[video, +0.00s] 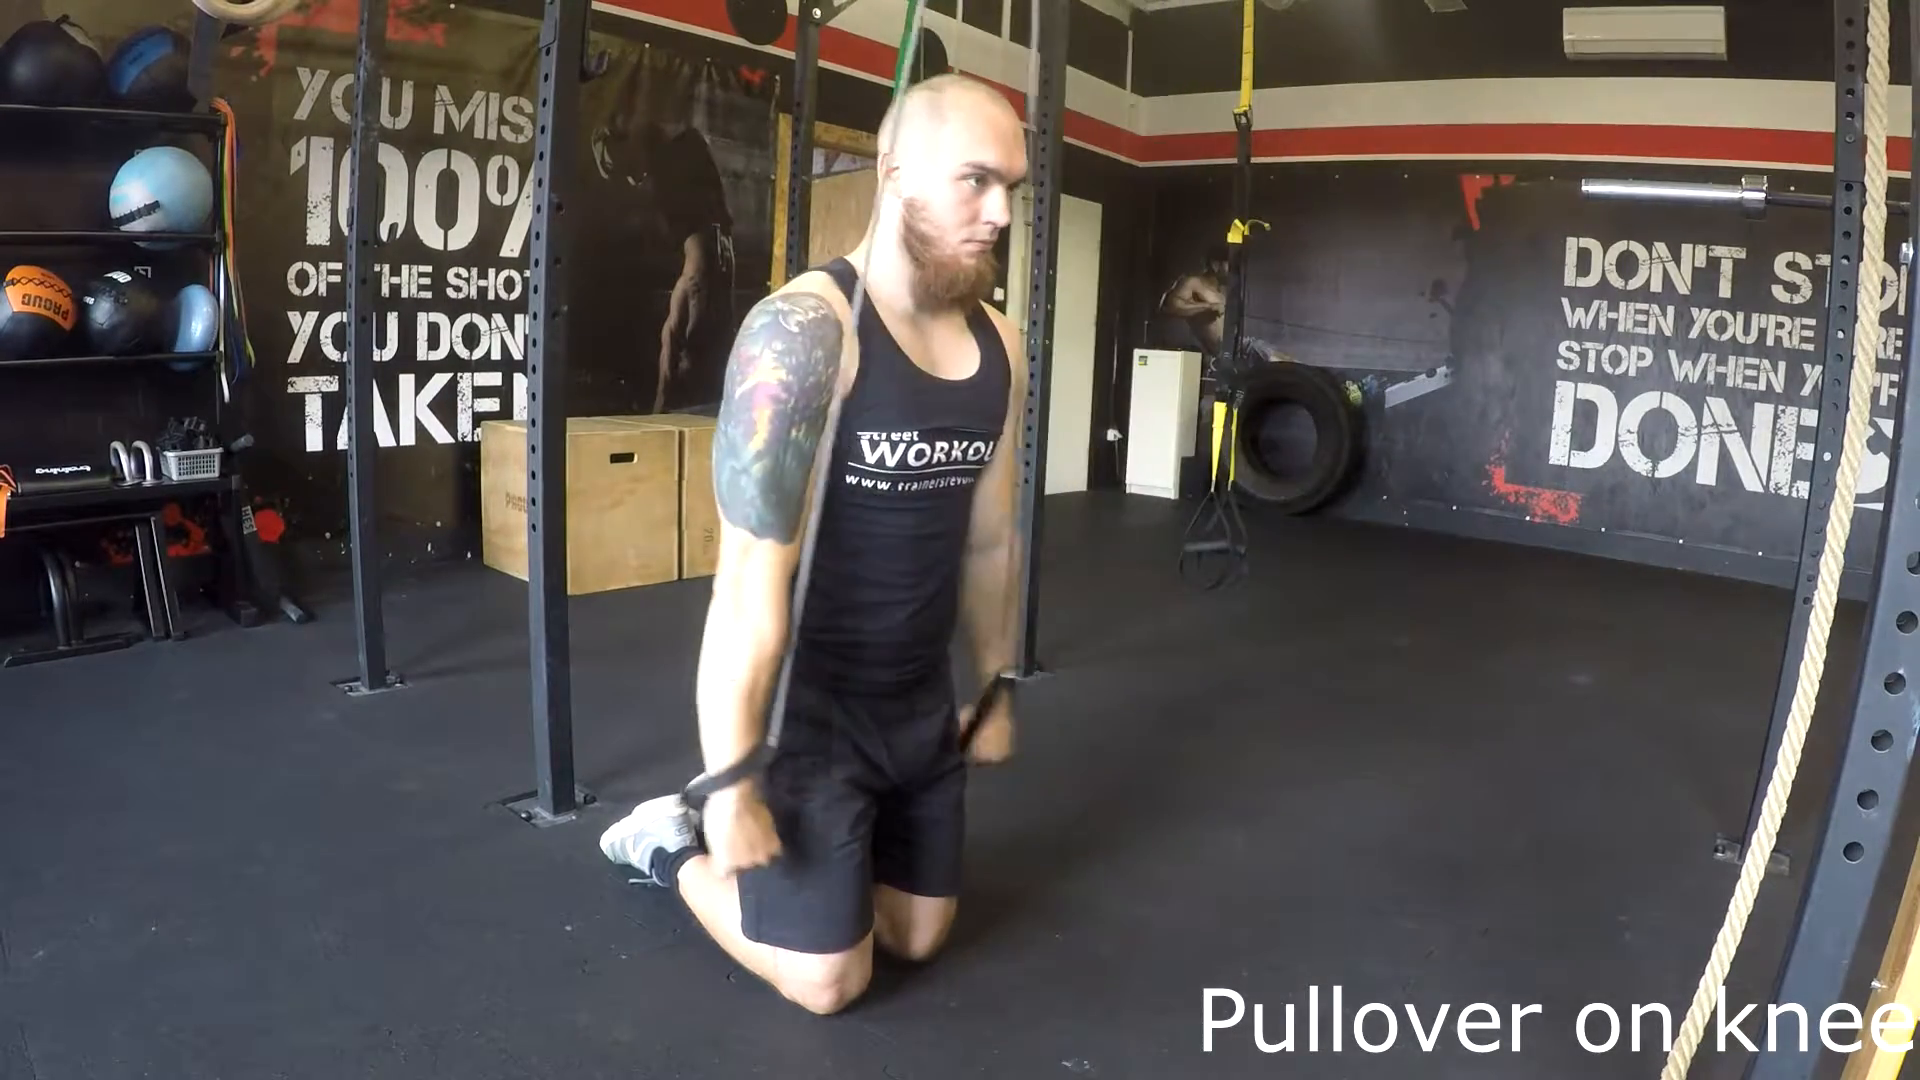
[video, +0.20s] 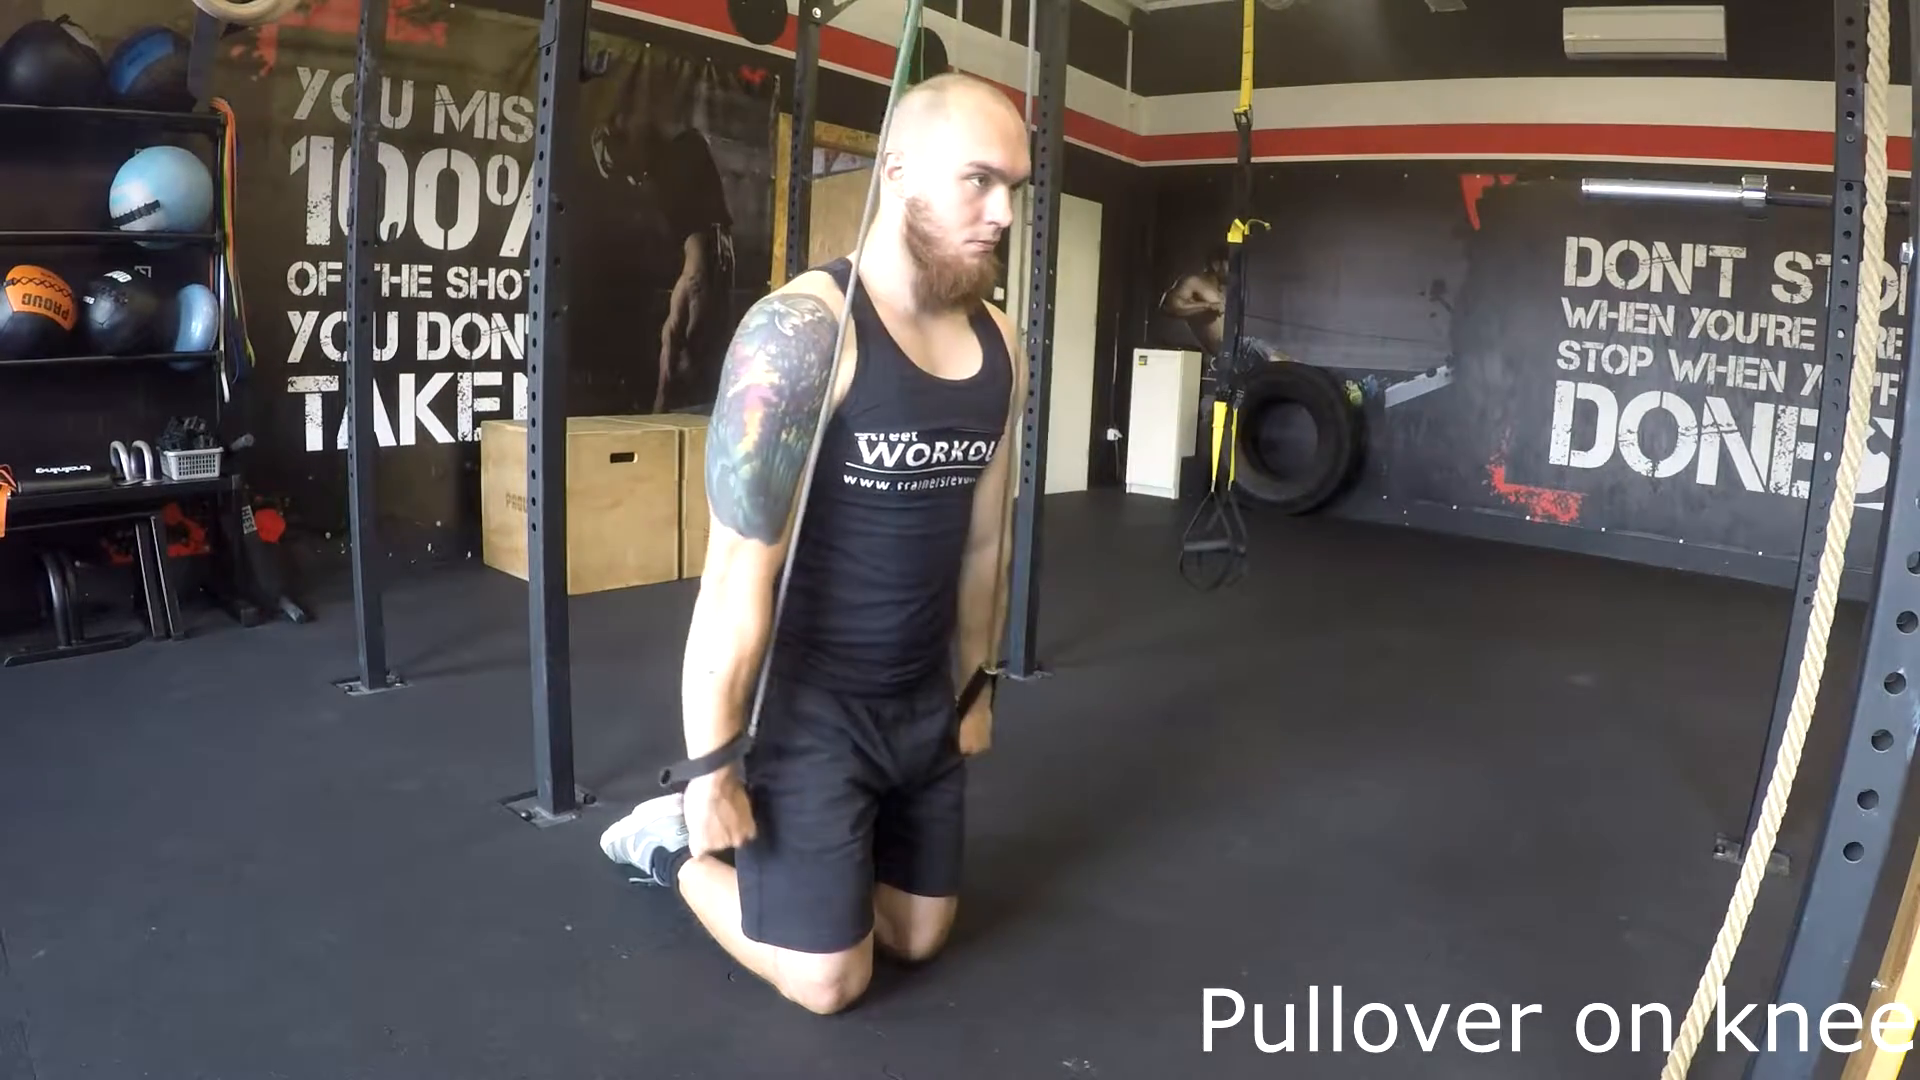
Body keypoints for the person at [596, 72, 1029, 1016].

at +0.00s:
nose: (1000, 213)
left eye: (1011, 187)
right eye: (976, 182)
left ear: (1016, 195)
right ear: (896, 177)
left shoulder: (997, 343)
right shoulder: (801, 332)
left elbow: (993, 538)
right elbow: (752, 578)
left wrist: (997, 682)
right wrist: (730, 779)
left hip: (923, 699)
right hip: (807, 707)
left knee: (916, 934)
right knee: (827, 982)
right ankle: (677, 844)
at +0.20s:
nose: (1002, 213)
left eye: (1013, 188)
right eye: (979, 183)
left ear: (1018, 196)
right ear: (897, 177)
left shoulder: (994, 341)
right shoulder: (798, 332)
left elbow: (984, 537)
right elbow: (741, 571)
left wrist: (976, 680)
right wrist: (713, 768)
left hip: (924, 697)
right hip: (805, 702)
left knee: (916, 932)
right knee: (826, 981)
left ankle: (769, 830)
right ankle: (680, 841)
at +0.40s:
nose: (1002, 211)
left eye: (1011, 184)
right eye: (978, 180)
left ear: (1016, 192)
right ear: (897, 178)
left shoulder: (1000, 341)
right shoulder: (800, 332)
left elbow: (1007, 535)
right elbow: (742, 579)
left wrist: (1022, 682)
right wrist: (716, 783)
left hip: (919, 699)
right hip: (799, 705)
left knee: (915, 932)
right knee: (826, 979)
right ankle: (678, 841)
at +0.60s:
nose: (996, 207)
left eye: (1006, 181)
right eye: (972, 176)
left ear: (1010, 189)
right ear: (893, 176)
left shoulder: (1000, 335)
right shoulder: (801, 325)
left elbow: (1063, 516)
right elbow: (759, 567)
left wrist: (1131, 663)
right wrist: (766, 782)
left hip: (918, 697)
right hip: (808, 705)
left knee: (913, 933)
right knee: (824, 981)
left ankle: (744, 816)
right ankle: (671, 847)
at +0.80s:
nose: (985, 203)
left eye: (993, 178)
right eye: (959, 173)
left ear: (999, 184)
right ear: (880, 176)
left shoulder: (990, 322)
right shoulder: (796, 310)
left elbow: (1119, 463)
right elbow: (868, 504)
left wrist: (1253, 590)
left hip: (927, 680)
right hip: (804, 683)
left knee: (914, 932)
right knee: (823, 977)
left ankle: (741, 815)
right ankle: (672, 854)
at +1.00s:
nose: (978, 206)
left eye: (990, 183)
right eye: (951, 177)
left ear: (992, 188)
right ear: (867, 173)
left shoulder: (984, 303)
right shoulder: (791, 294)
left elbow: (1123, 376)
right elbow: (949, 369)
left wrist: (1334, 453)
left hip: (916, 683)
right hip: (797, 686)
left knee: (916, 931)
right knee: (822, 978)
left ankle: (759, 807)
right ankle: (672, 852)